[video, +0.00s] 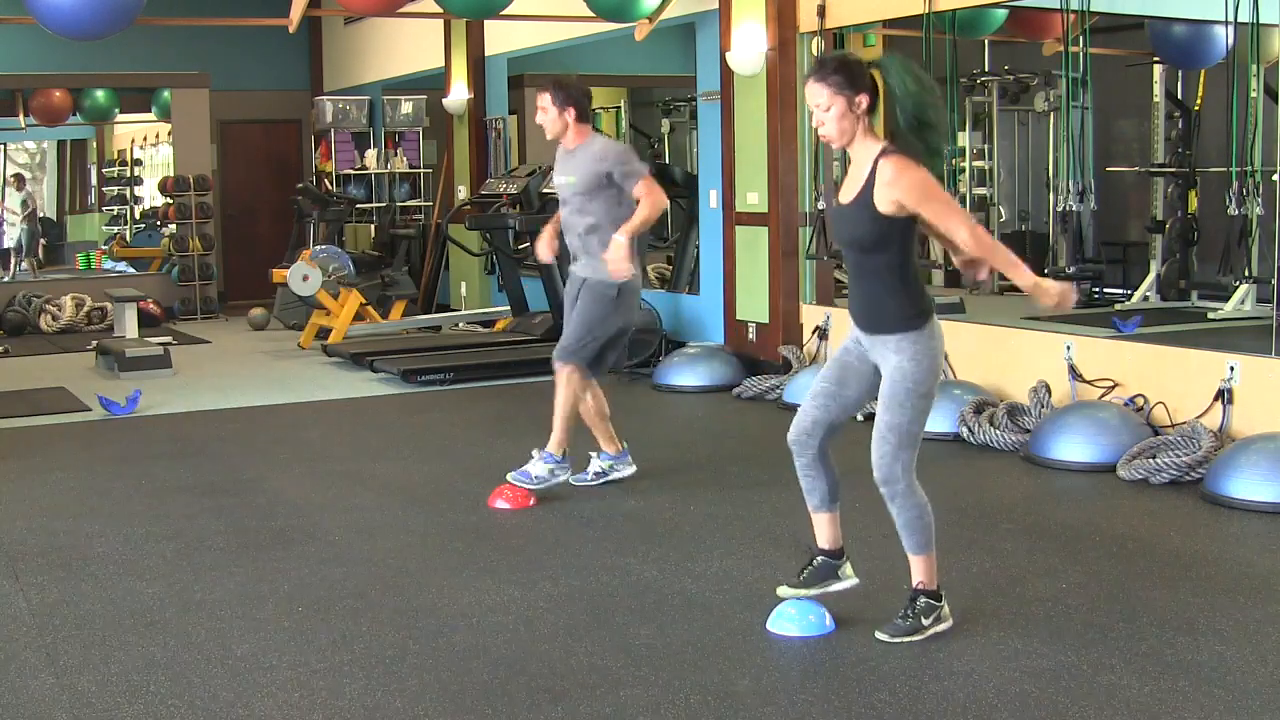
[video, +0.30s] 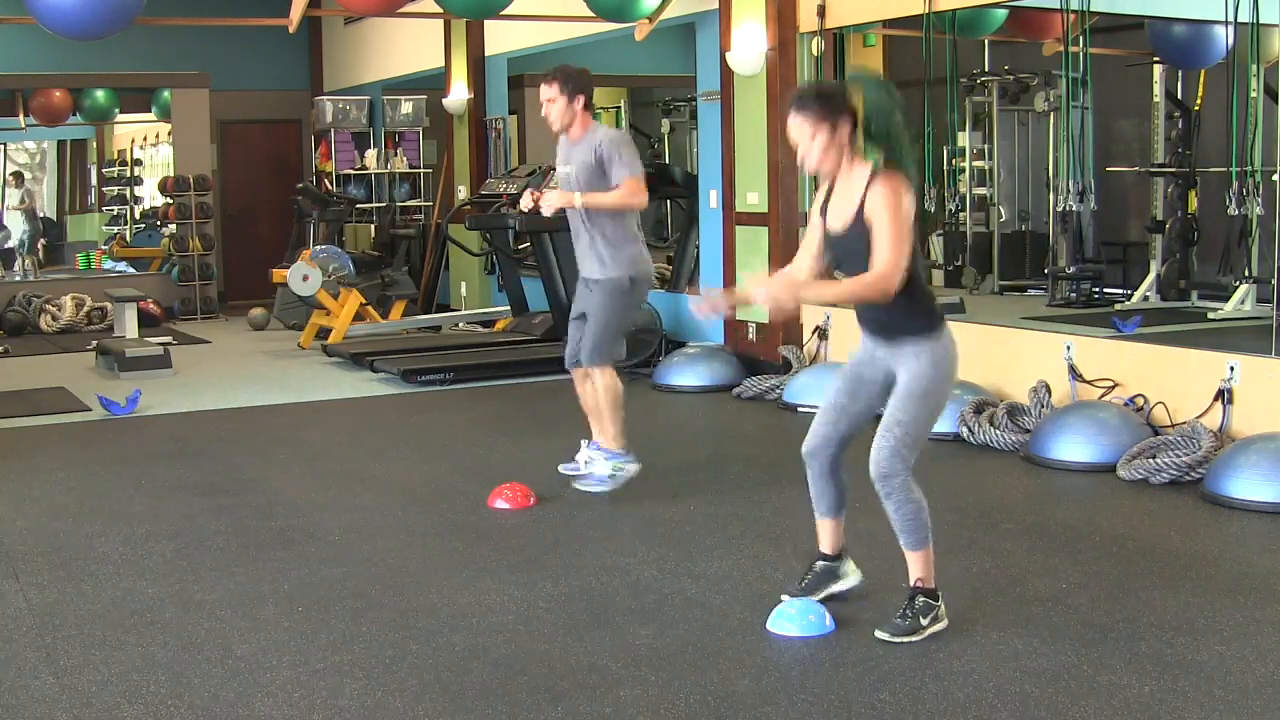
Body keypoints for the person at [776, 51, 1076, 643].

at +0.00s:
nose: (816, 121)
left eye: (824, 108)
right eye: (812, 109)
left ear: (860, 105)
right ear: (833, 111)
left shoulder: (897, 171)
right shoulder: (854, 164)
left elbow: (970, 234)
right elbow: (908, 216)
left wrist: (1034, 283)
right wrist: (958, 249)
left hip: (910, 345)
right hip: (862, 340)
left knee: (892, 470)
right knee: (804, 437)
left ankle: (927, 597)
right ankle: (830, 557)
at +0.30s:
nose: (798, 152)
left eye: (805, 139)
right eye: (795, 141)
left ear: (843, 129)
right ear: (822, 136)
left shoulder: (886, 189)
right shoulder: (827, 191)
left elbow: (886, 281)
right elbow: (803, 272)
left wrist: (802, 293)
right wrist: (734, 297)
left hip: (923, 348)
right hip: (874, 346)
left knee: (890, 465)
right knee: (819, 448)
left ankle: (926, 596)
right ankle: (832, 561)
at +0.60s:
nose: (776, 318)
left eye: (784, 307)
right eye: (772, 308)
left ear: (818, 308)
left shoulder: (854, 354)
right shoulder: (794, 355)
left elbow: (797, 422)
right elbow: (734, 413)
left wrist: (772, 349)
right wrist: (725, 344)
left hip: (949, 443)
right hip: (890, 443)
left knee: (872, 479)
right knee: (804, 461)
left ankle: (923, 599)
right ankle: (841, 571)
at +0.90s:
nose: (746, 497)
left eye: (744, 489)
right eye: (738, 491)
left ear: (762, 468)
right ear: (763, 451)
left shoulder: (844, 454)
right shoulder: (791, 448)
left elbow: (875, 547)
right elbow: (794, 518)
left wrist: (885, 635)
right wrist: (780, 587)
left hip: (969, 466)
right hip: (937, 479)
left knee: (1068, 513)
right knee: (1010, 515)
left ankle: (1182, 537)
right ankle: (1079, 527)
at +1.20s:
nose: (741, 502)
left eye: (738, 494)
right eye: (733, 498)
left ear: (755, 472)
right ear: (749, 456)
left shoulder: (835, 446)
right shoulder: (774, 441)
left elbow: (870, 543)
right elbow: (780, 517)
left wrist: (883, 633)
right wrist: (778, 585)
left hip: (938, 420)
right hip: (913, 400)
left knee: (962, 554)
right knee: (989, 478)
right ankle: (1069, 520)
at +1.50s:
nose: (733, 509)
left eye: (731, 501)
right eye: (725, 504)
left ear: (749, 481)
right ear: (735, 456)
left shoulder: (832, 454)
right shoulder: (761, 440)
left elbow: (869, 546)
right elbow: (772, 513)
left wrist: (883, 634)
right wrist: (779, 585)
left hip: (916, 459)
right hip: (912, 426)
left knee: (835, 555)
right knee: (976, 497)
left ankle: (965, 561)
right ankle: (1068, 517)